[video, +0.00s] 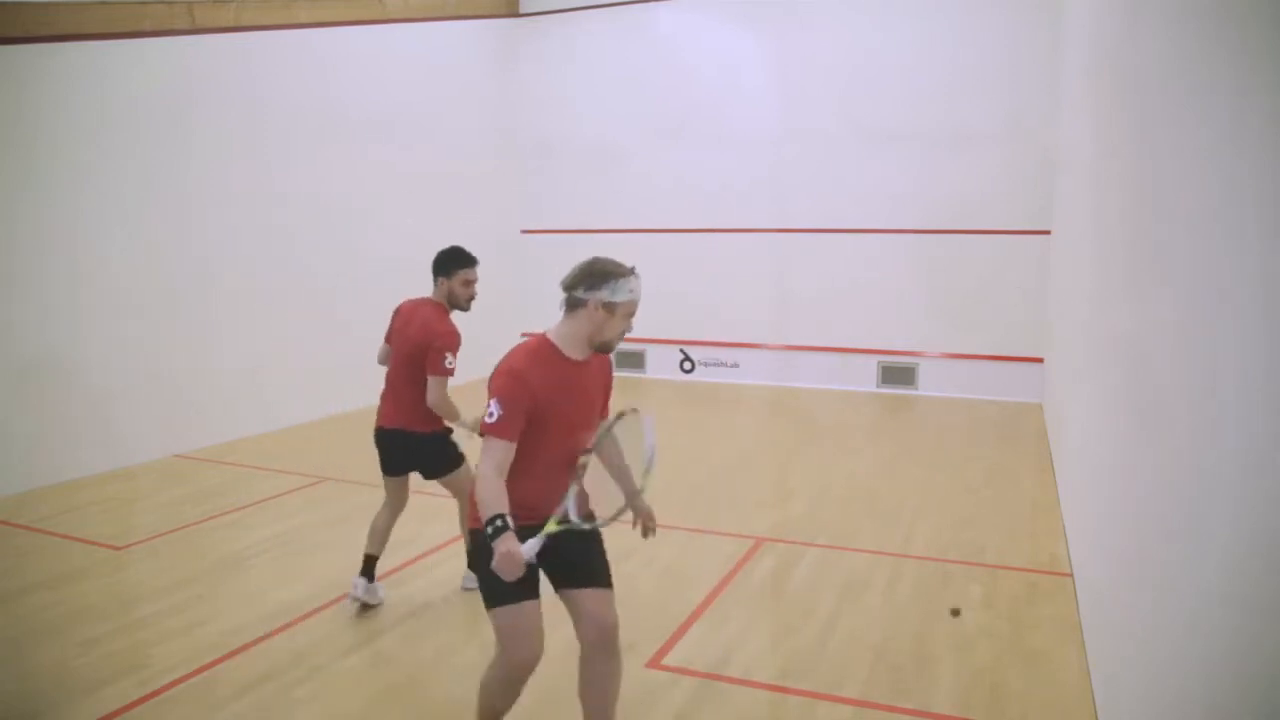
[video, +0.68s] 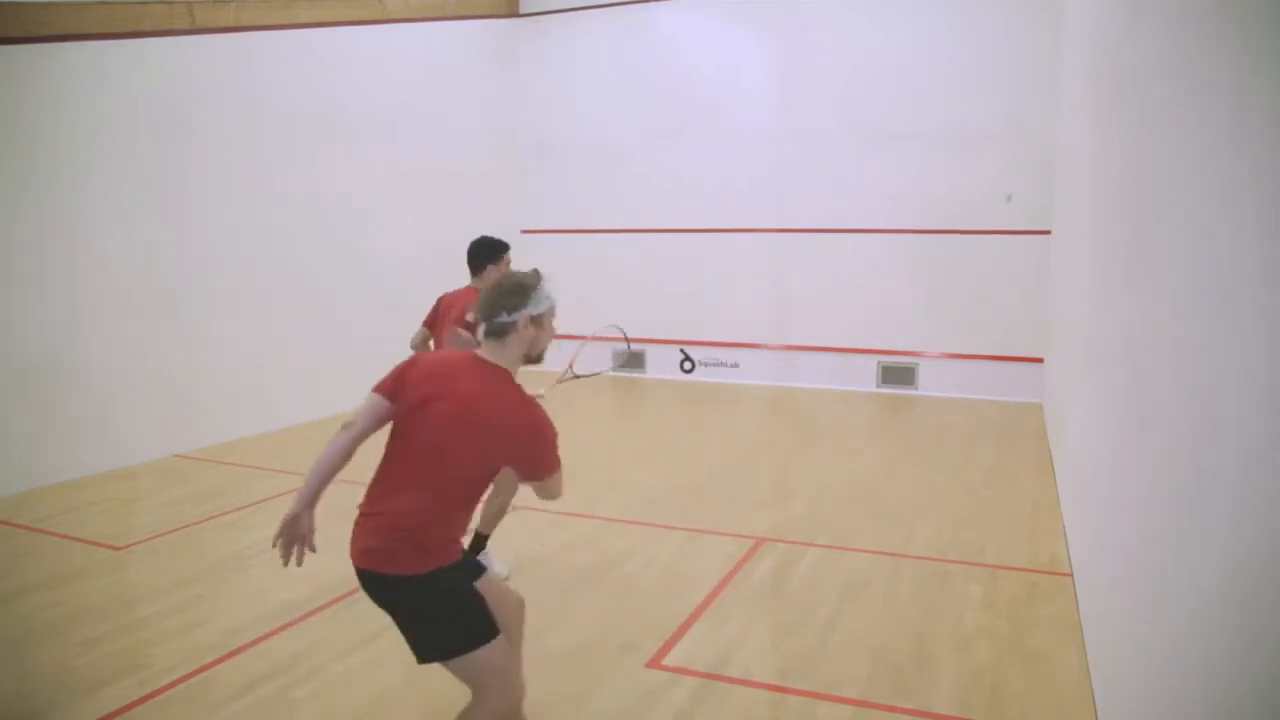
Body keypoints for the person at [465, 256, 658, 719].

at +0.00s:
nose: (630, 328)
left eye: (632, 318)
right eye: (627, 316)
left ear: (595, 310)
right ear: (595, 310)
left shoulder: (600, 365)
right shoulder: (520, 370)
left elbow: (599, 432)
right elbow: (490, 470)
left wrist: (633, 496)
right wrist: (502, 535)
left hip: (567, 515)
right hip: (505, 523)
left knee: (602, 632)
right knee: (521, 652)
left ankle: (600, 718)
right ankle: (487, 716)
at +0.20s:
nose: (630, 372)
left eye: (632, 361)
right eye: (626, 360)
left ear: (593, 355)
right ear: (591, 354)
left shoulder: (588, 406)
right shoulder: (506, 417)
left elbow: (608, 425)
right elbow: (463, 513)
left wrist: (634, 447)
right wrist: (451, 565)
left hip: (539, 545)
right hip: (479, 557)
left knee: (604, 641)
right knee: (497, 689)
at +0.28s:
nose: (632, 392)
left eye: (634, 379)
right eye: (628, 380)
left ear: (593, 377)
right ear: (593, 375)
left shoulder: (583, 417)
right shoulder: (506, 441)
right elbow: (467, 542)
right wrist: (454, 597)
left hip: (524, 552)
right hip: (463, 570)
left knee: (606, 640)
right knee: (508, 701)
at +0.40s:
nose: (626, 397)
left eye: (626, 385)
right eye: (620, 385)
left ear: (584, 384)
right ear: (584, 383)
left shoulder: (541, 409)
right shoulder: (517, 462)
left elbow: (465, 455)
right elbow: (534, 583)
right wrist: (565, 651)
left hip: (502, 560)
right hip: (450, 583)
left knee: (596, 637)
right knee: (524, 702)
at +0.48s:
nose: (611, 384)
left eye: (612, 372)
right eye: (607, 371)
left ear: (567, 371)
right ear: (572, 371)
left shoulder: (507, 393)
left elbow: (441, 429)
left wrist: (401, 473)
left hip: (482, 563)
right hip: (434, 584)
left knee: (573, 637)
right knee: (524, 705)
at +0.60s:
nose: (580, 351)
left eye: (581, 341)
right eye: (578, 340)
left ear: (515, 337)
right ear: (549, 343)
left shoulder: (452, 374)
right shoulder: (534, 437)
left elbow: (381, 432)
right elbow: (574, 529)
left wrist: (332, 501)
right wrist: (599, 534)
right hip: (415, 575)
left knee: (527, 628)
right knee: (511, 697)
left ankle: (547, 714)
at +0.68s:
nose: (553, 333)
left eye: (553, 322)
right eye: (550, 321)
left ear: (488, 319)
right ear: (527, 325)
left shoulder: (424, 367)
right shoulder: (523, 416)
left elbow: (353, 431)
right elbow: (550, 488)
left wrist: (303, 503)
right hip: (414, 565)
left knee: (508, 609)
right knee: (502, 696)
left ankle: (505, 708)